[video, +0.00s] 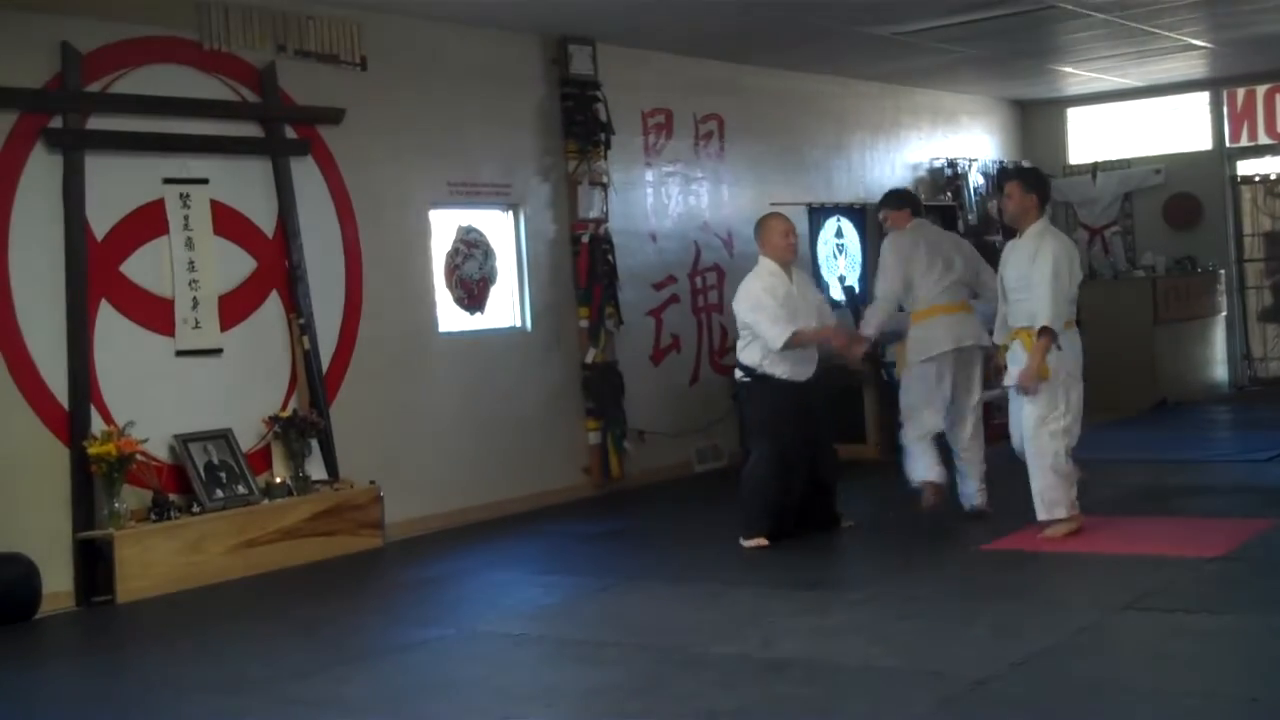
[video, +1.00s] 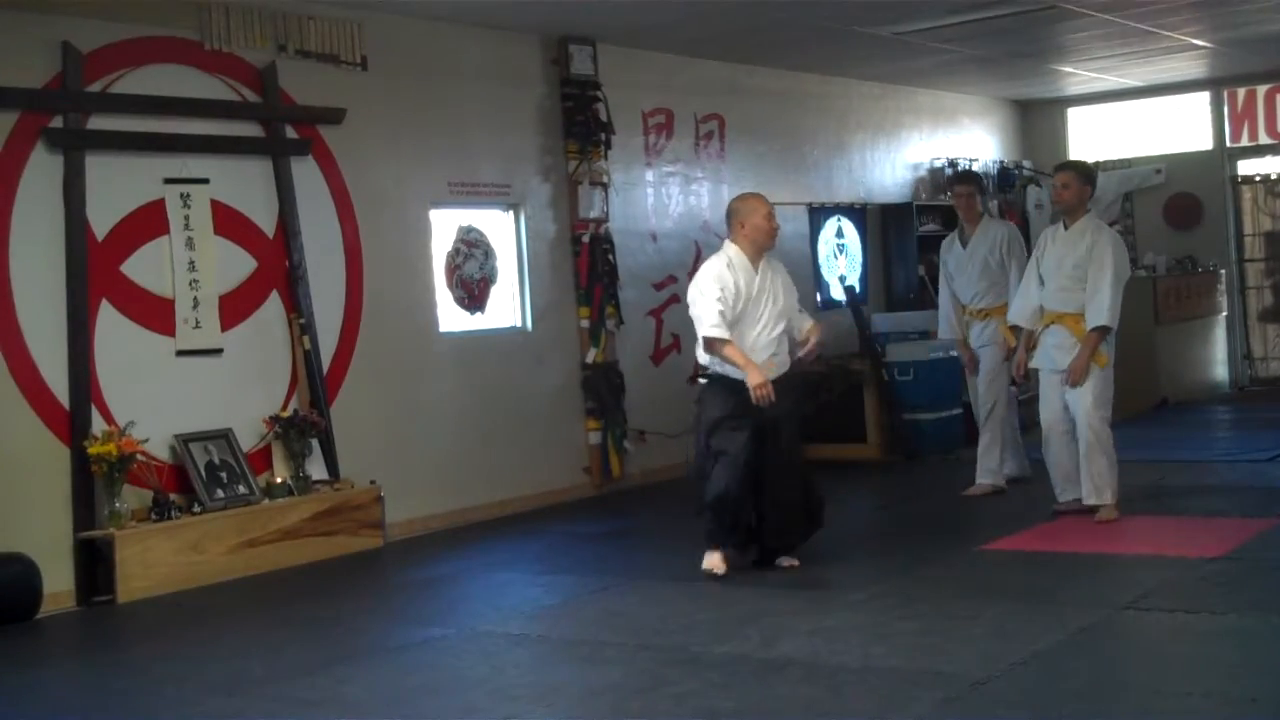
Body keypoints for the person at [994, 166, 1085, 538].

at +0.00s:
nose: (1002, 203)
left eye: (1009, 196)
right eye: (1002, 196)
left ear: (1033, 200)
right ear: (1019, 202)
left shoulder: (1054, 245)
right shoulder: (1012, 248)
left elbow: (1055, 308)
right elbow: (1007, 304)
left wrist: (1037, 360)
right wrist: (1002, 349)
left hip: (1051, 345)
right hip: (1020, 346)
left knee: (1044, 435)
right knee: (1023, 437)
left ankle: (1062, 513)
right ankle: (1065, 485)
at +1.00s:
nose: (1056, 193)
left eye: (1064, 187)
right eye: (1054, 187)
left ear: (1087, 191)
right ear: (1053, 192)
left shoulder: (1103, 237)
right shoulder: (1048, 238)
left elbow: (1106, 300)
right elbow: (1033, 294)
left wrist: (1085, 354)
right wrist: (1022, 346)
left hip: (1087, 336)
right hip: (1049, 336)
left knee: (1091, 420)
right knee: (1053, 421)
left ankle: (1105, 499)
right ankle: (1069, 495)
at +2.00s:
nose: (1037, 200)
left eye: (1045, 193)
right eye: (1034, 194)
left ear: (1069, 197)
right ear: (1033, 200)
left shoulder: (1093, 247)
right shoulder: (1027, 249)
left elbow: (1100, 309)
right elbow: (1011, 305)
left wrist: (1080, 365)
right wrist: (1002, 362)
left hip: (1080, 351)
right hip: (1035, 350)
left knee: (1094, 439)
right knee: (1016, 428)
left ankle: (1102, 507)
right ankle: (1008, 508)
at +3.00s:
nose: (917, 179)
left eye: (926, 172)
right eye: (914, 172)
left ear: (952, 178)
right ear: (913, 178)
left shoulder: (974, 234)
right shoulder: (901, 232)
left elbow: (987, 304)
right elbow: (880, 295)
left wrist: (989, 370)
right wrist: (871, 355)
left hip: (949, 355)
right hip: (900, 356)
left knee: (945, 456)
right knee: (895, 455)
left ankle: (937, 551)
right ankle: (942, 523)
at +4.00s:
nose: (825, 206)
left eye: (835, 197)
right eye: (822, 198)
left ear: (863, 200)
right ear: (821, 201)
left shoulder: (882, 258)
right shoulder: (825, 255)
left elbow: (842, 312)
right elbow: (814, 313)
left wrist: (790, 319)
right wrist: (808, 373)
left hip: (875, 380)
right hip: (833, 379)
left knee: (843, 475)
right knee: (825, 480)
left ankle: (853, 588)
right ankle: (884, 569)